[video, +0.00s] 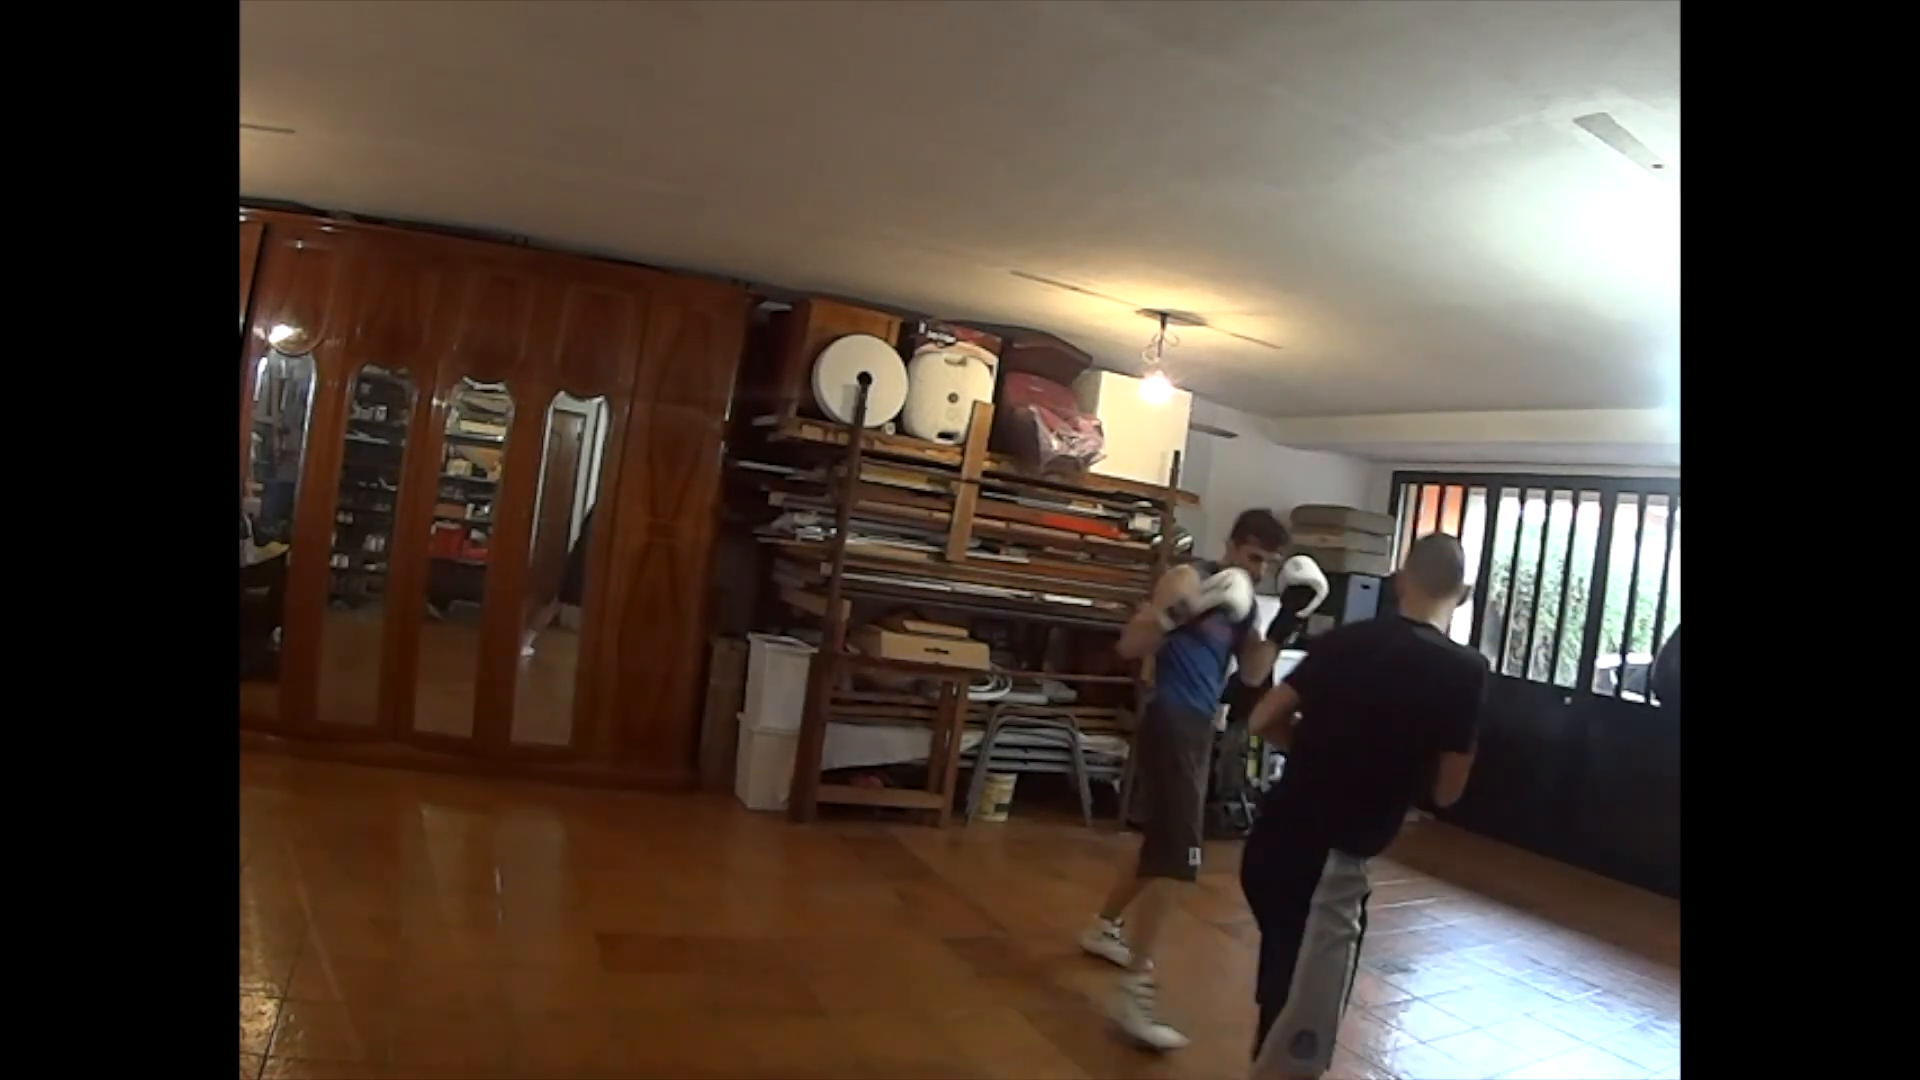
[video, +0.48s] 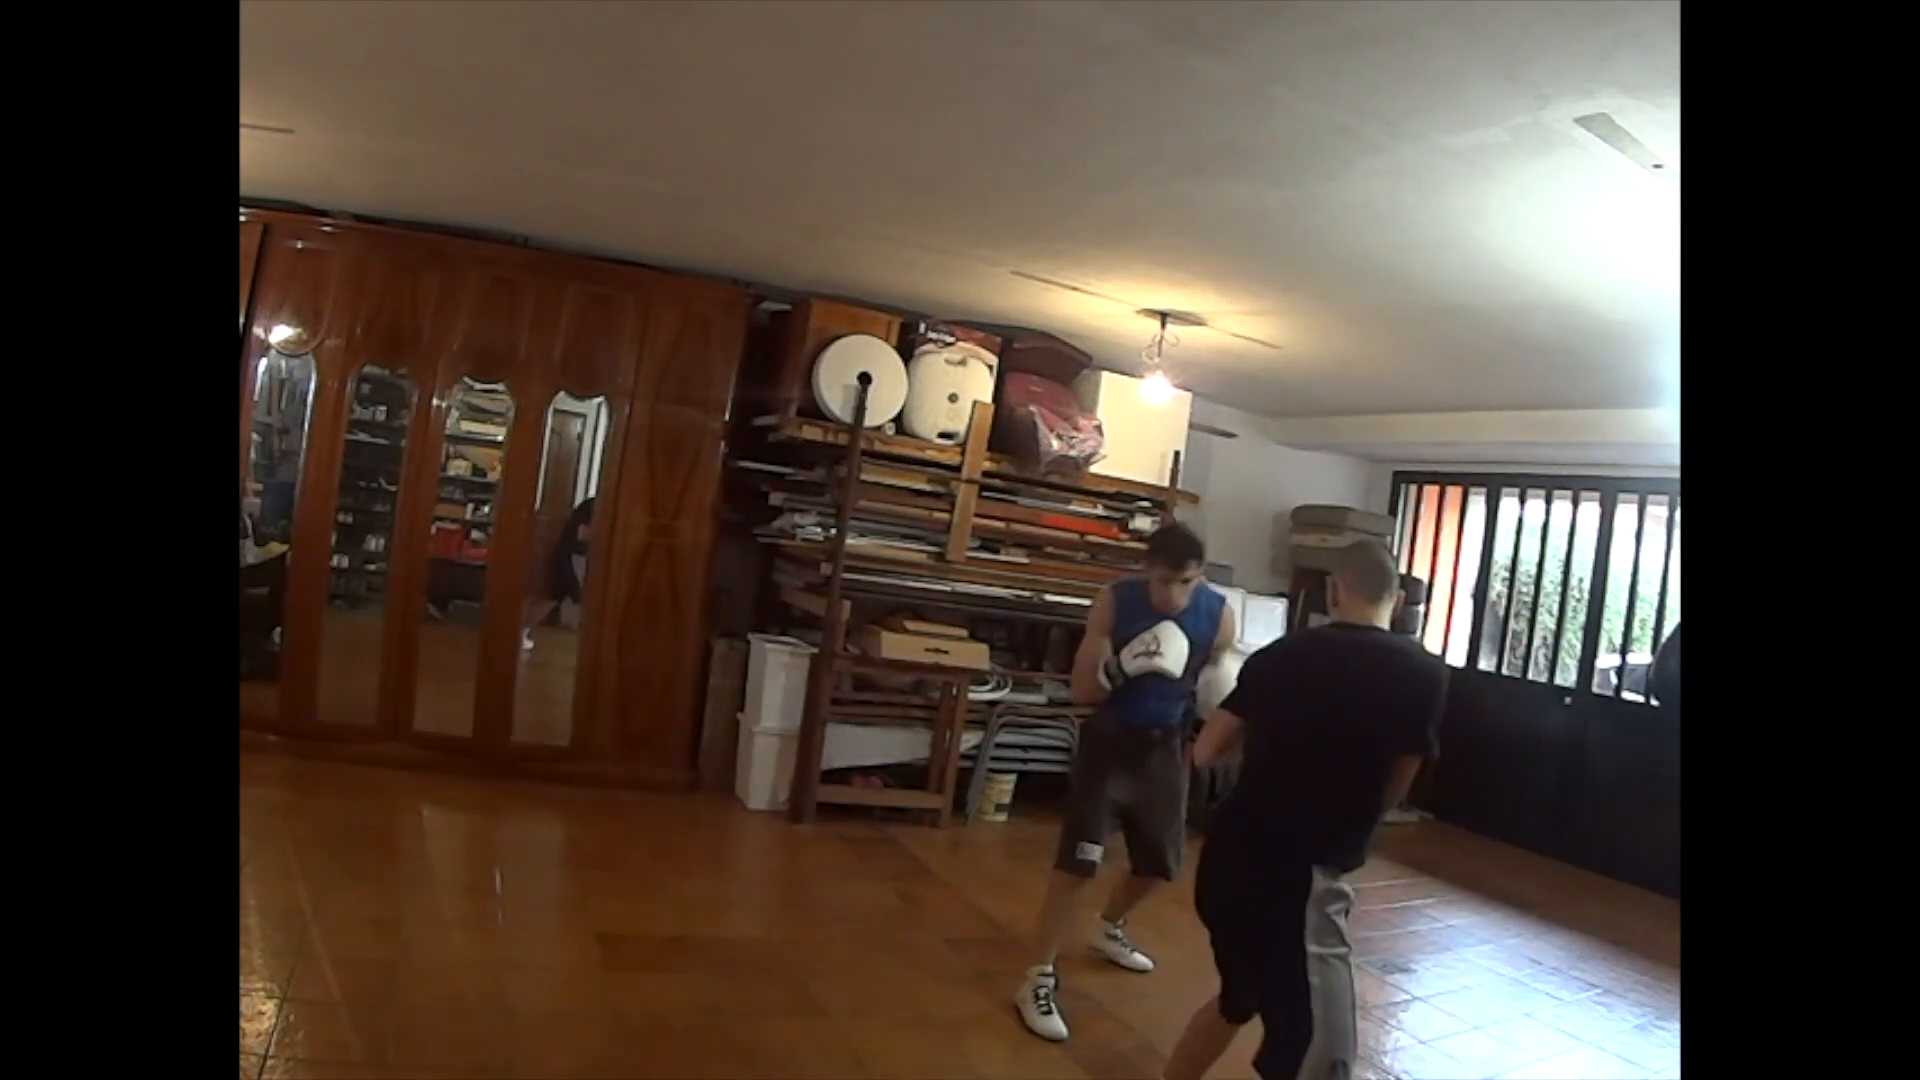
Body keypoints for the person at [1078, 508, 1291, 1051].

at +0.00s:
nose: (1258, 566)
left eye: (1268, 561)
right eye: (1253, 554)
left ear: (1272, 565)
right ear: (1231, 543)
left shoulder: (1246, 606)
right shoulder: (1187, 579)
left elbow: (1254, 673)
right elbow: (1131, 645)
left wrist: (1286, 612)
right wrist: (1183, 608)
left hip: (1197, 729)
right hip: (1170, 723)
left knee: (1163, 843)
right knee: (1174, 857)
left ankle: (1105, 923)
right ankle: (1136, 991)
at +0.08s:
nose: (1251, 564)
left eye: (1260, 557)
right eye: (1245, 551)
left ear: (1263, 558)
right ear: (1222, 541)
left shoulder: (1236, 598)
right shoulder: (1179, 577)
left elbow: (1246, 675)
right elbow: (1118, 645)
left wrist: (1282, 614)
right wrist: (1168, 614)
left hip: (1192, 729)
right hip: (1164, 723)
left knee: (1154, 843)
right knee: (1168, 859)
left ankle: (1107, 931)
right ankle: (1094, 981)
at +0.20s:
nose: (1236, 564)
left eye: (1243, 554)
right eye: (1229, 551)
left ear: (1246, 554)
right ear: (1206, 543)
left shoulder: (1231, 601)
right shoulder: (1162, 582)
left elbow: (1235, 681)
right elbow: (1104, 653)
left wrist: (1259, 619)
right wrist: (1147, 636)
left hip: (1190, 733)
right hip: (1152, 728)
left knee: (1149, 851)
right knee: (1129, 861)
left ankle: (1103, 929)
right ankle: (1052, 973)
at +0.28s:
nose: (1227, 565)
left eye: (1234, 556)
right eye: (1219, 553)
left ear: (1237, 555)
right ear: (1196, 544)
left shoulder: (1226, 597)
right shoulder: (1153, 584)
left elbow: (1228, 676)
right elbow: (1097, 656)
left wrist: (1252, 625)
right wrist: (1141, 640)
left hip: (1184, 733)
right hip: (1142, 729)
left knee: (1143, 849)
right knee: (1111, 864)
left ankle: (1102, 929)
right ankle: (1043, 977)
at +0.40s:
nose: (1197, 579)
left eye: (1206, 568)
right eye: (1187, 567)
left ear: (1216, 563)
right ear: (1165, 554)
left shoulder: (1222, 600)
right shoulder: (1127, 591)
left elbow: (1226, 665)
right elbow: (1088, 675)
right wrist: (1124, 664)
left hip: (1172, 741)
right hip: (1118, 735)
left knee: (1157, 855)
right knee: (1090, 861)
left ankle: (1108, 927)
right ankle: (1040, 977)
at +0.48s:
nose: (1171, 595)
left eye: (1182, 584)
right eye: (1162, 582)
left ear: (1199, 576)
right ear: (1148, 570)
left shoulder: (1218, 614)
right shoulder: (1116, 601)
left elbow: (1223, 680)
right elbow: (1081, 689)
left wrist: (1216, 697)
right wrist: (1121, 671)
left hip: (1167, 749)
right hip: (1107, 740)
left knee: (1157, 862)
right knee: (1079, 862)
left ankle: (1110, 924)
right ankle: (1039, 978)